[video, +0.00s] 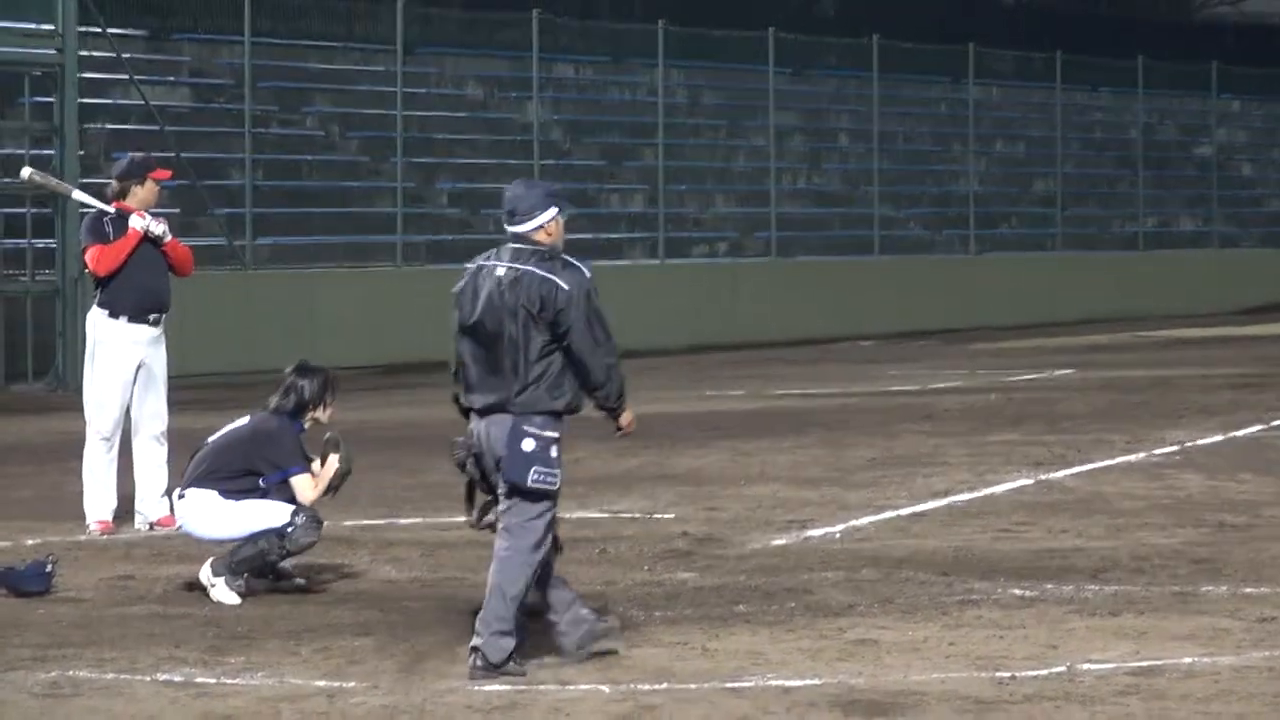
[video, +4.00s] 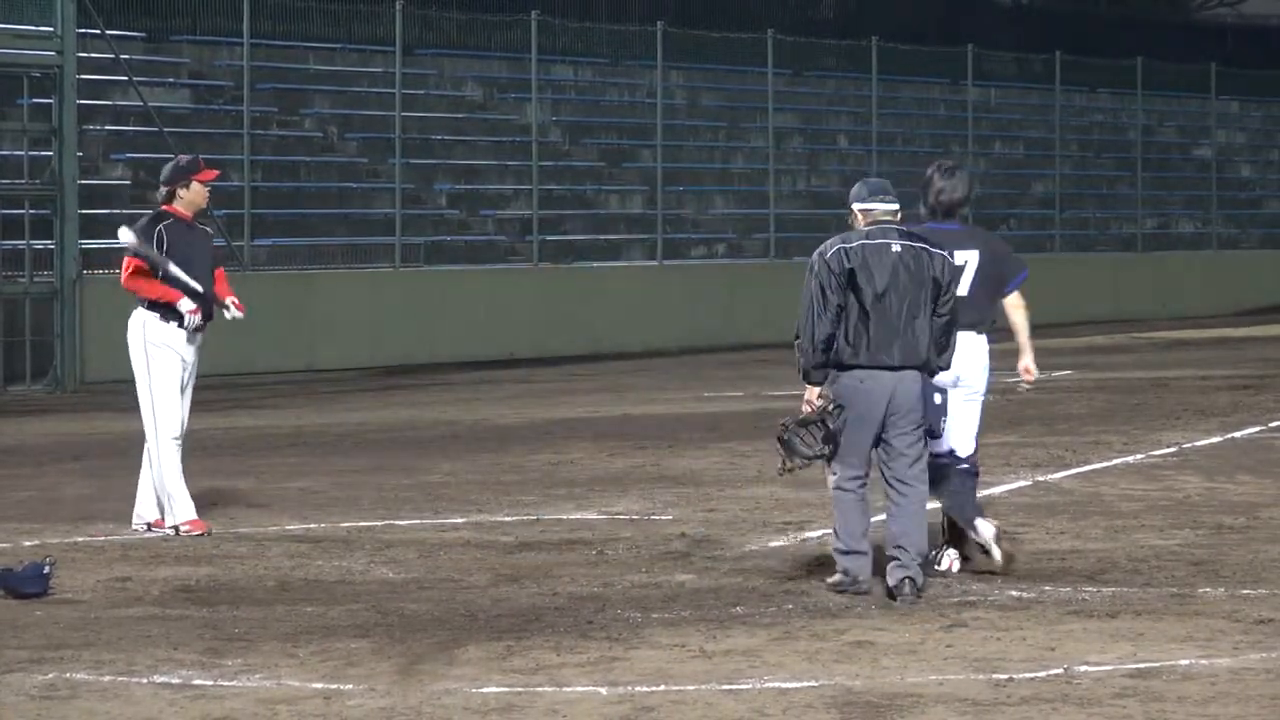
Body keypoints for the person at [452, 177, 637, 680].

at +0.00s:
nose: (564, 226)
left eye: (560, 218)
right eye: (558, 219)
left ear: (517, 227)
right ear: (542, 227)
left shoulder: (476, 273)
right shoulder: (563, 278)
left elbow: (464, 354)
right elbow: (591, 352)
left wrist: (472, 409)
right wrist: (617, 405)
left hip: (485, 422)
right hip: (532, 424)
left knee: (529, 530)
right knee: (520, 537)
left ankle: (575, 628)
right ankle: (491, 650)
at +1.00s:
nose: (769, 218)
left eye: (765, 211)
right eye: (766, 212)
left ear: (720, 214)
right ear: (758, 217)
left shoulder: (681, 260)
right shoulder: (780, 268)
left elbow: (665, 337)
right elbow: (804, 343)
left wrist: (669, 396)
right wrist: (824, 404)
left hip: (695, 406)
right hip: (750, 410)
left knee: (717, 503)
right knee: (757, 517)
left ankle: (694, 589)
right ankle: (746, 625)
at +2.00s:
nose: (898, 224)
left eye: (865, 214)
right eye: (901, 218)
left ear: (859, 217)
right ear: (906, 221)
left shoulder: (824, 262)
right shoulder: (932, 268)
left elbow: (807, 336)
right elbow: (946, 344)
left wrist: (806, 393)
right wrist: (947, 404)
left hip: (843, 405)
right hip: (907, 407)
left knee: (832, 506)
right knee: (925, 505)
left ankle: (814, 606)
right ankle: (945, 605)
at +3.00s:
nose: (894, 219)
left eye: (892, 213)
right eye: (921, 216)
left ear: (890, 215)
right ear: (934, 220)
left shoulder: (856, 264)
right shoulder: (961, 264)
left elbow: (844, 334)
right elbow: (978, 335)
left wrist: (844, 392)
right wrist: (980, 395)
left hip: (880, 398)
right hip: (938, 398)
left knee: (887, 496)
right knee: (951, 487)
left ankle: (889, 593)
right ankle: (949, 579)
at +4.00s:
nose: (853, 219)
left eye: (853, 214)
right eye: (857, 213)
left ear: (858, 215)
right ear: (897, 213)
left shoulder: (834, 254)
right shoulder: (930, 255)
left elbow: (818, 325)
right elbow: (944, 319)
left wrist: (814, 380)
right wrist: (928, 367)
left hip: (855, 382)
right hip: (910, 382)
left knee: (849, 477)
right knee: (907, 477)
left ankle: (853, 571)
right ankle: (907, 571)